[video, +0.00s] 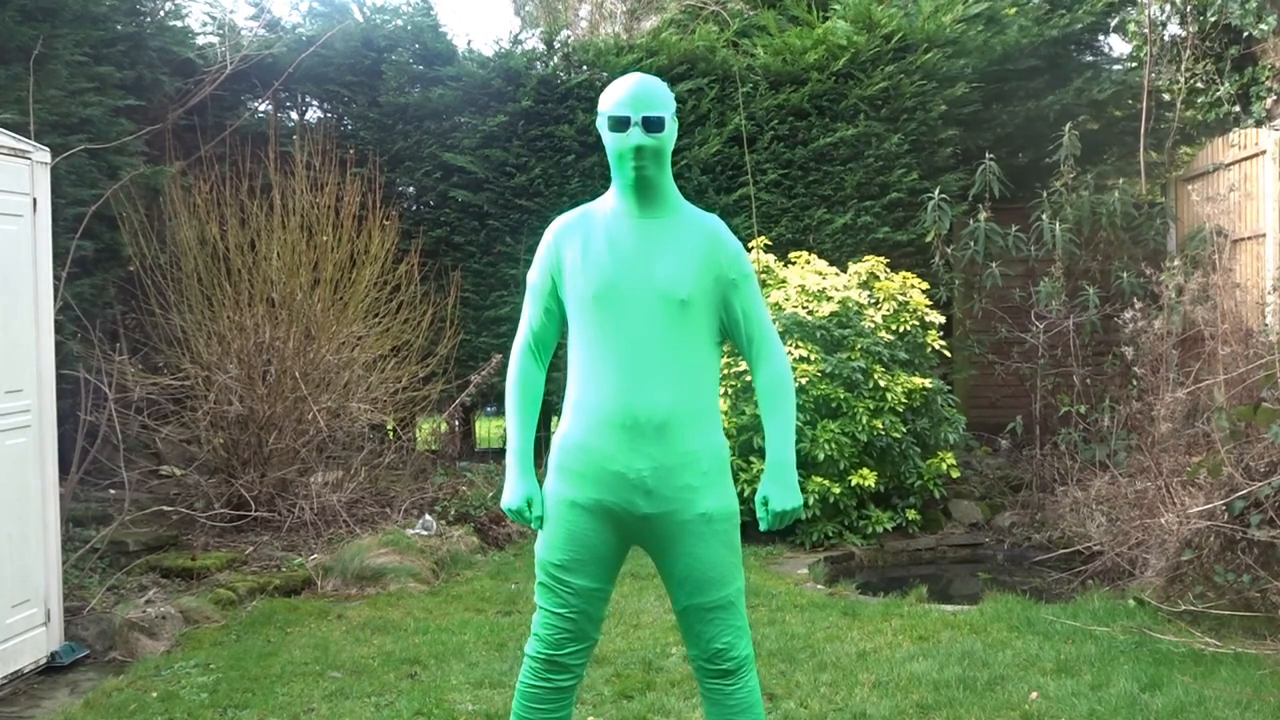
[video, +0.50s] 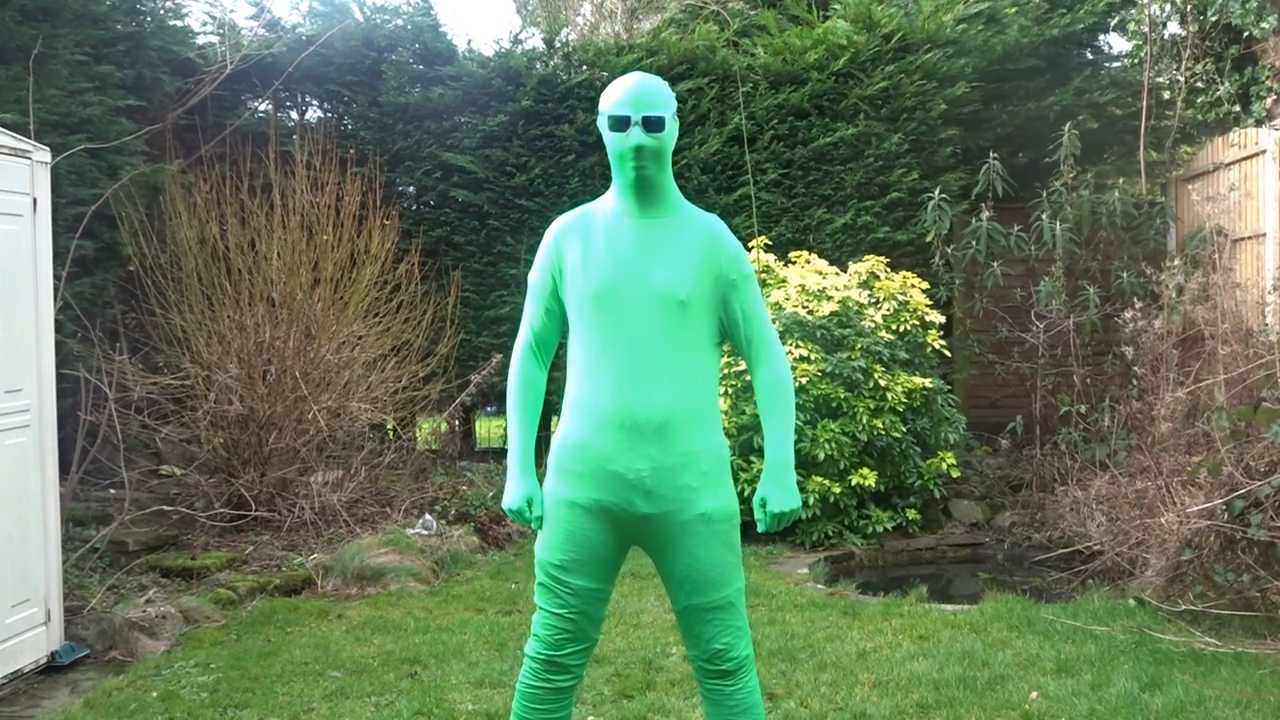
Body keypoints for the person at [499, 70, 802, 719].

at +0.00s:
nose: (637, 137)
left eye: (652, 123)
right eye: (621, 124)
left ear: (673, 133)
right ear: (602, 136)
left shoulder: (712, 239)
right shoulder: (566, 236)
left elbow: (766, 353)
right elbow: (530, 352)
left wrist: (781, 465)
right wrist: (518, 466)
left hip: (695, 488)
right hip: (583, 486)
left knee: (726, 666)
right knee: (552, 663)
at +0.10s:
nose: (637, 137)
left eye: (652, 123)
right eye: (622, 124)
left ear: (674, 133)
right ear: (602, 135)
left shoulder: (712, 239)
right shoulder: (566, 236)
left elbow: (766, 354)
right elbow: (529, 353)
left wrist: (780, 466)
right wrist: (518, 467)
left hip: (695, 489)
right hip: (583, 486)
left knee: (726, 666)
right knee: (552, 663)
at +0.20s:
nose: (637, 137)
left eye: (652, 123)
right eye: (622, 124)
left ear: (674, 133)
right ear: (602, 135)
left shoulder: (712, 240)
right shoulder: (566, 236)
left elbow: (766, 354)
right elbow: (530, 353)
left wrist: (780, 466)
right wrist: (518, 467)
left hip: (694, 488)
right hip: (583, 485)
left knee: (726, 667)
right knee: (551, 663)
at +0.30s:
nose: (638, 137)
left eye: (653, 123)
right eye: (622, 124)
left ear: (674, 133)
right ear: (603, 135)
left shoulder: (712, 240)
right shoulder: (567, 237)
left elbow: (766, 354)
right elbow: (531, 353)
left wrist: (780, 466)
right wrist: (519, 468)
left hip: (694, 488)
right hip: (583, 486)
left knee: (726, 666)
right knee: (551, 663)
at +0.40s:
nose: (638, 138)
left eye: (653, 124)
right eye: (622, 124)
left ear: (675, 133)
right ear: (602, 135)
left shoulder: (713, 240)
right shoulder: (567, 237)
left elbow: (767, 355)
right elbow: (531, 354)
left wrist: (780, 466)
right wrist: (519, 470)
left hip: (694, 488)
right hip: (582, 486)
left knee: (726, 666)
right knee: (551, 664)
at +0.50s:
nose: (637, 138)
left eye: (653, 123)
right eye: (622, 124)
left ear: (674, 133)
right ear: (602, 135)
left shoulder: (713, 240)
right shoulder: (567, 237)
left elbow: (766, 355)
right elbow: (531, 354)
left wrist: (780, 467)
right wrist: (519, 469)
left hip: (694, 488)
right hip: (582, 485)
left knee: (726, 666)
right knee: (551, 663)